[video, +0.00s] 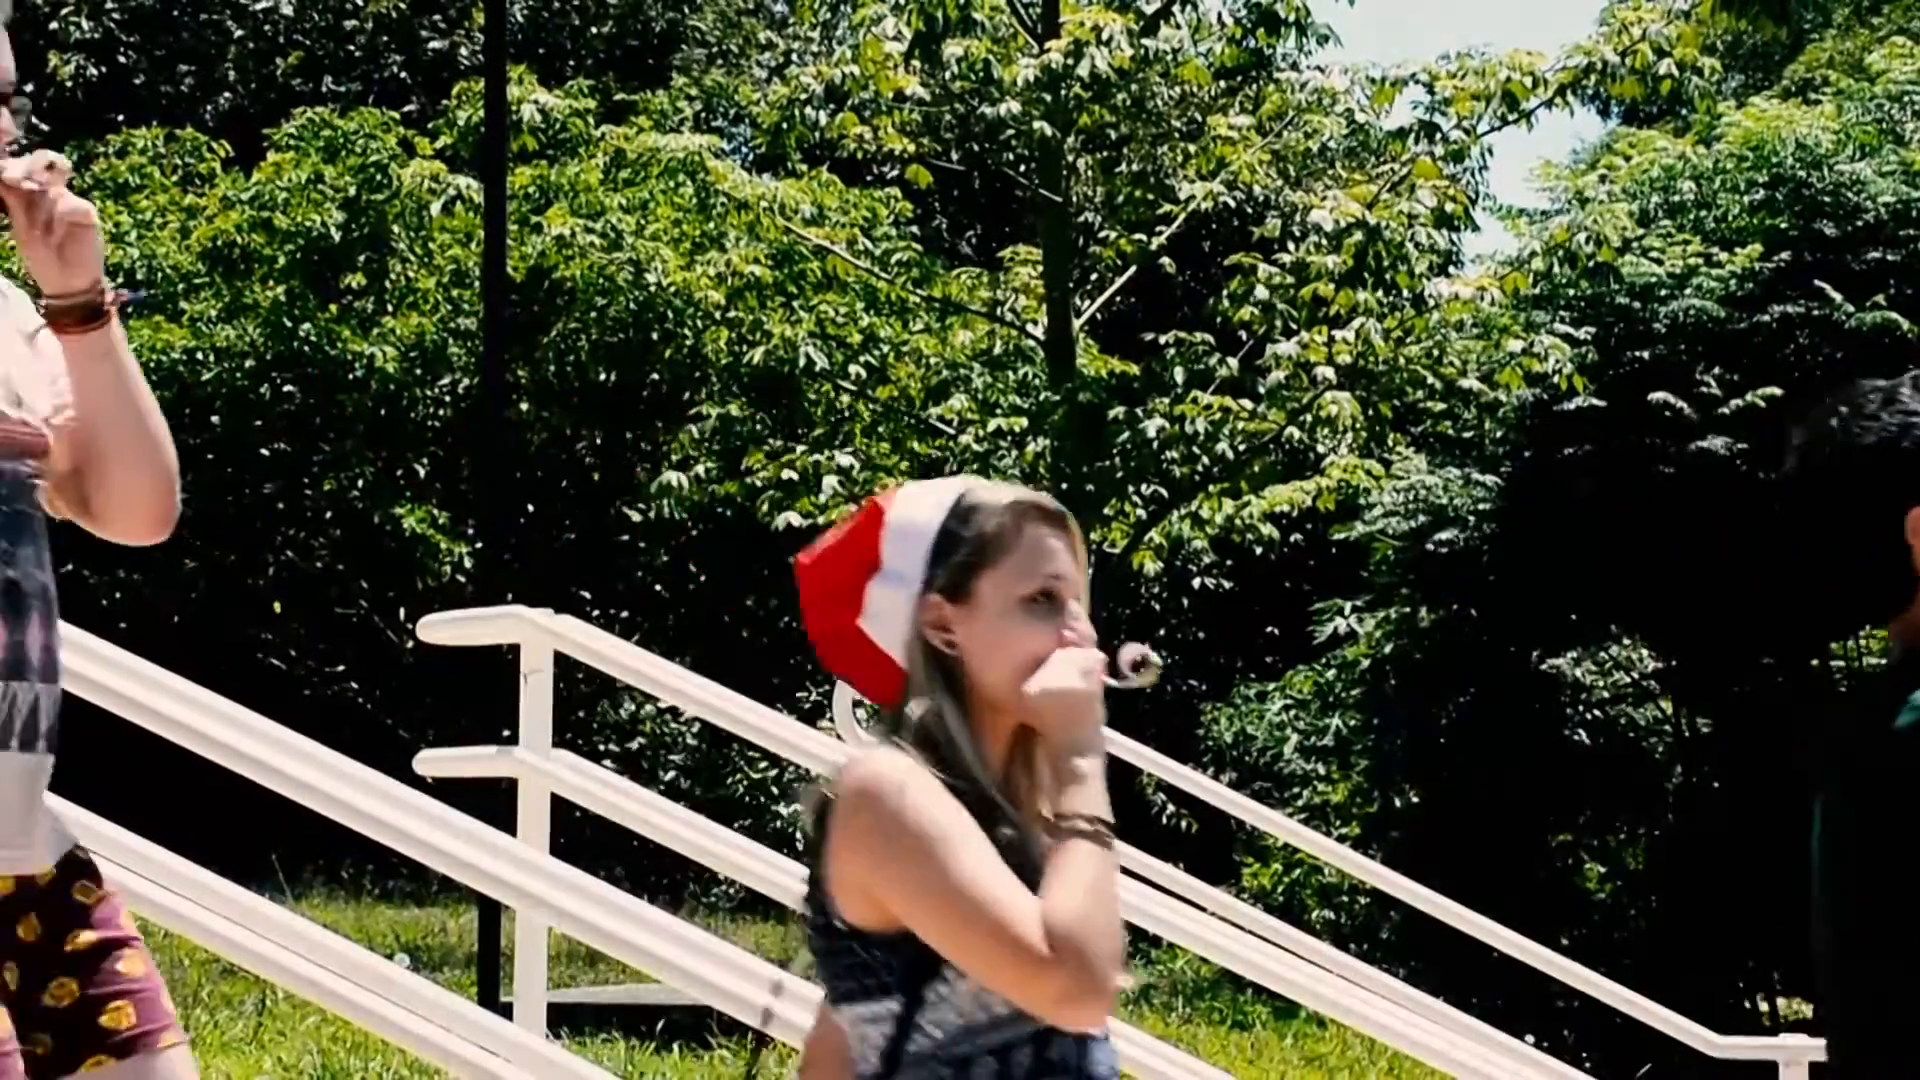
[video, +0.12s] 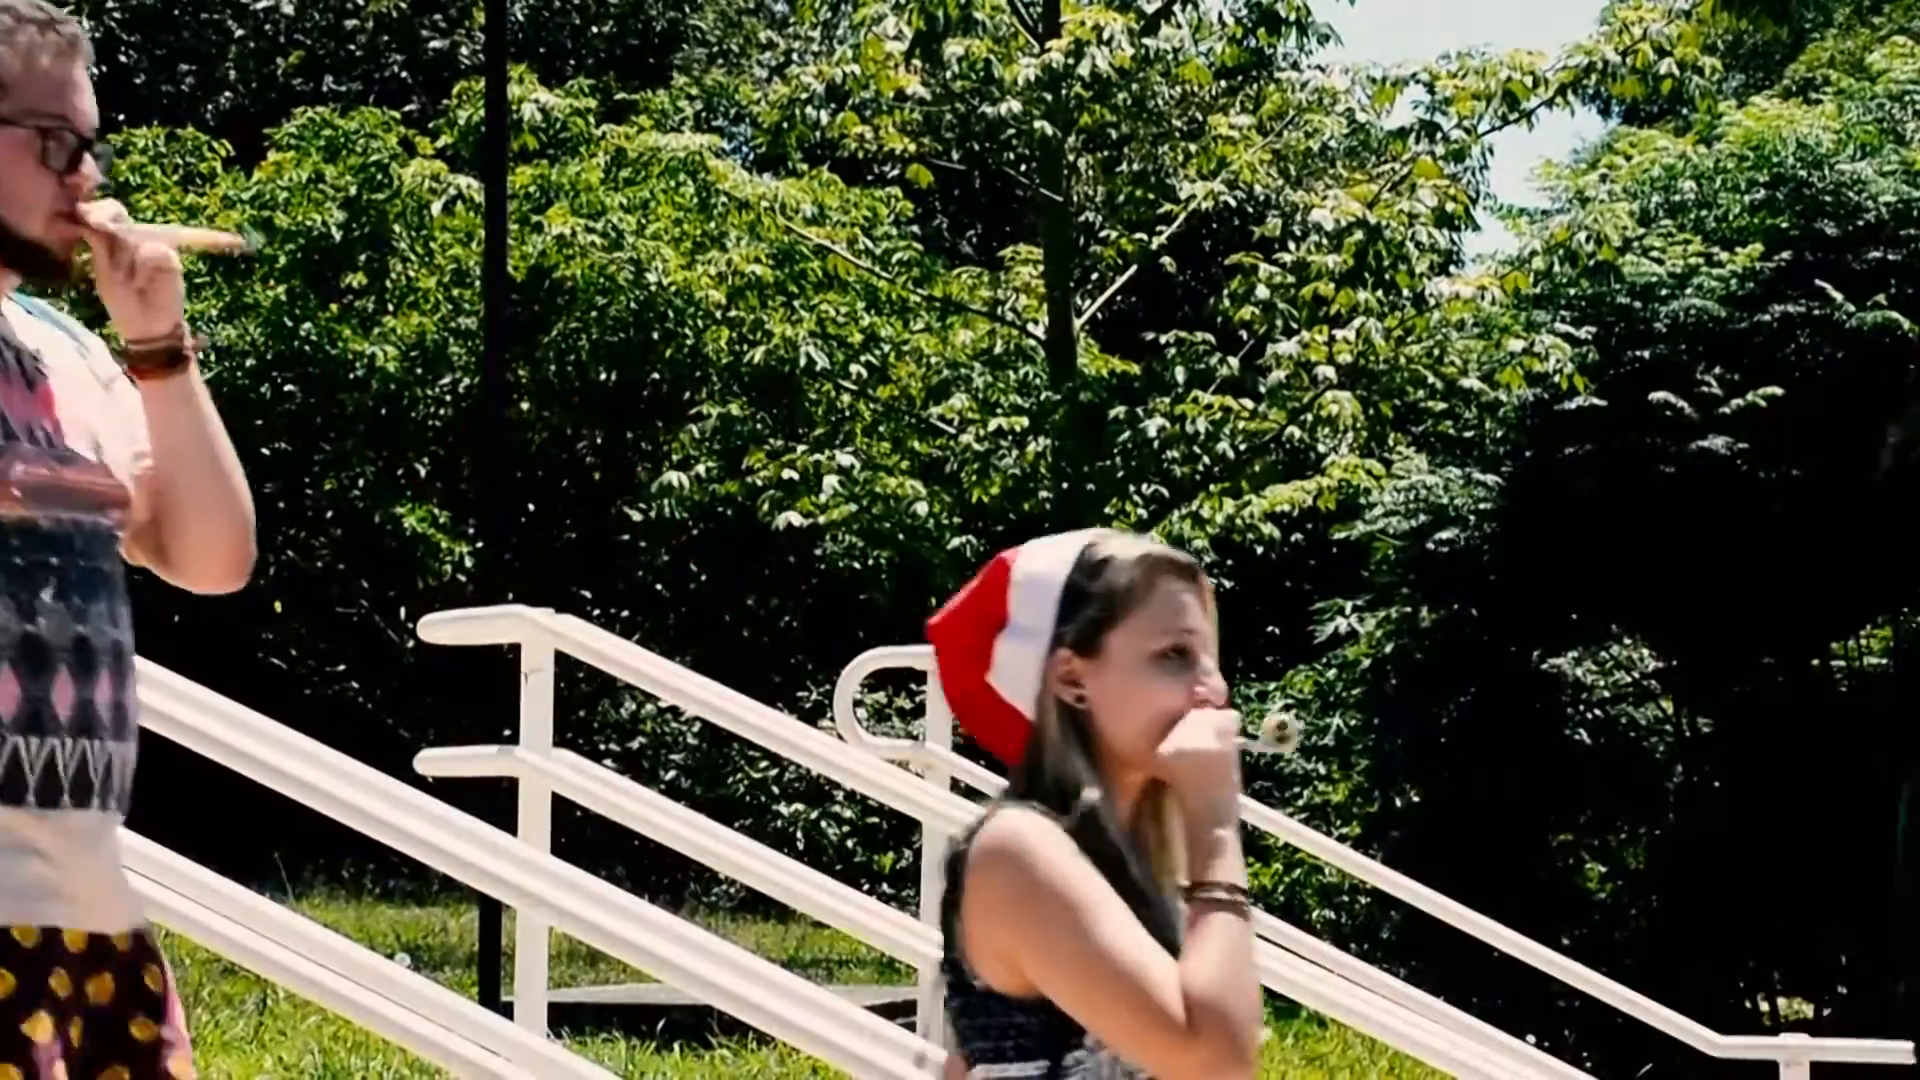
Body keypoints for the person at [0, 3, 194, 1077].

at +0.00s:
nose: (8, 129)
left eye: (10, 104)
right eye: (3, 104)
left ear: (21, 114)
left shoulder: (5, 316)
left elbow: (140, 512)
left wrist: (77, 298)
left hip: (26, 835)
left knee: (144, 1057)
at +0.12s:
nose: (89, 176)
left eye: (93, 146)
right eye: (56, 142)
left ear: (99, 152)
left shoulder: (67, 350)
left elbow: (218, 560)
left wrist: (158, 343)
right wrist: (16, 491)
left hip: (94, 894)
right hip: (10, 895)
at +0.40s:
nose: (302, 268)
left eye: (306, 239)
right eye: (274, 236)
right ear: (159, 229)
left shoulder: (286, 439)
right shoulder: (53, 418)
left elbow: (419, 641)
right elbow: (4, 703)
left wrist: (371, 435)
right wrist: (27, 947)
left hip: (293, 974)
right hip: (148, 988)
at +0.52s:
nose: (391, 298)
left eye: (395, 267)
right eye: (366, 262)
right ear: (249, 253)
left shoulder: (365, 459)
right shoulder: (125, 437)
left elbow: (483, 679)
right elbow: (25, 706)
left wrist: (447, 468)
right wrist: (94, 975)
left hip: (361, 1002)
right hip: (203, 1013)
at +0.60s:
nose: (447, 343)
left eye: (452, 311)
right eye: (418, 305)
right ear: (303, 294)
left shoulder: (410, 494)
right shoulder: (181, 477)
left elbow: (527, 720)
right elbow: (73, 746)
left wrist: (495, 517)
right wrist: (143, 1017)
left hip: (422, 1038)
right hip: (245, 1043)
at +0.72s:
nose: (515, 409)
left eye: (521, 377)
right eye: (487, 372)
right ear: (374, 366)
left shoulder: (479, 569)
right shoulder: (257, 549)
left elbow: (605, 786)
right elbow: (155, 833)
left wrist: (572, 581)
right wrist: (204, 1064)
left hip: (518, 1049)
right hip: (324, 1053)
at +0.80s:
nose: (567, 429)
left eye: (573, 397)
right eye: (539, 393)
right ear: (423, 385)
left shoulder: (527, 585)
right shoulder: (312, 574)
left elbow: (655, 801)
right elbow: (213, 865)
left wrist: (625, 595)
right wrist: (261, 1067)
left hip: (552, 1053)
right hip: (363, 1057)